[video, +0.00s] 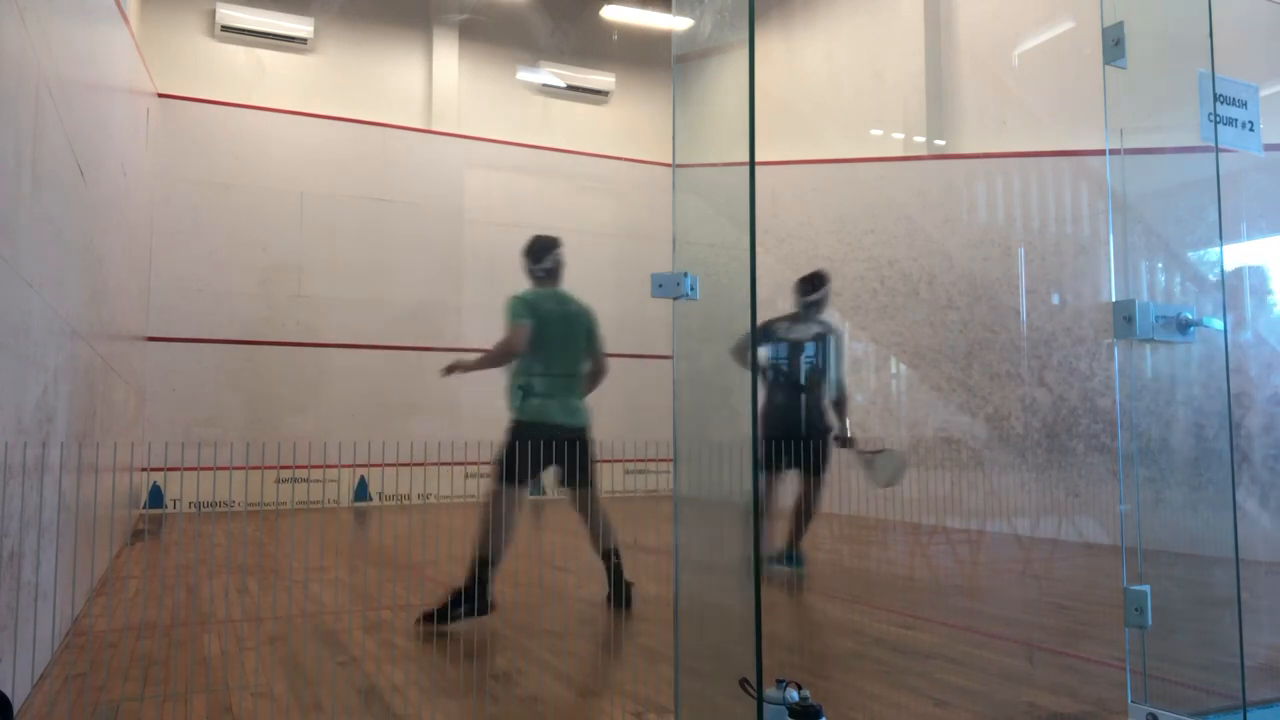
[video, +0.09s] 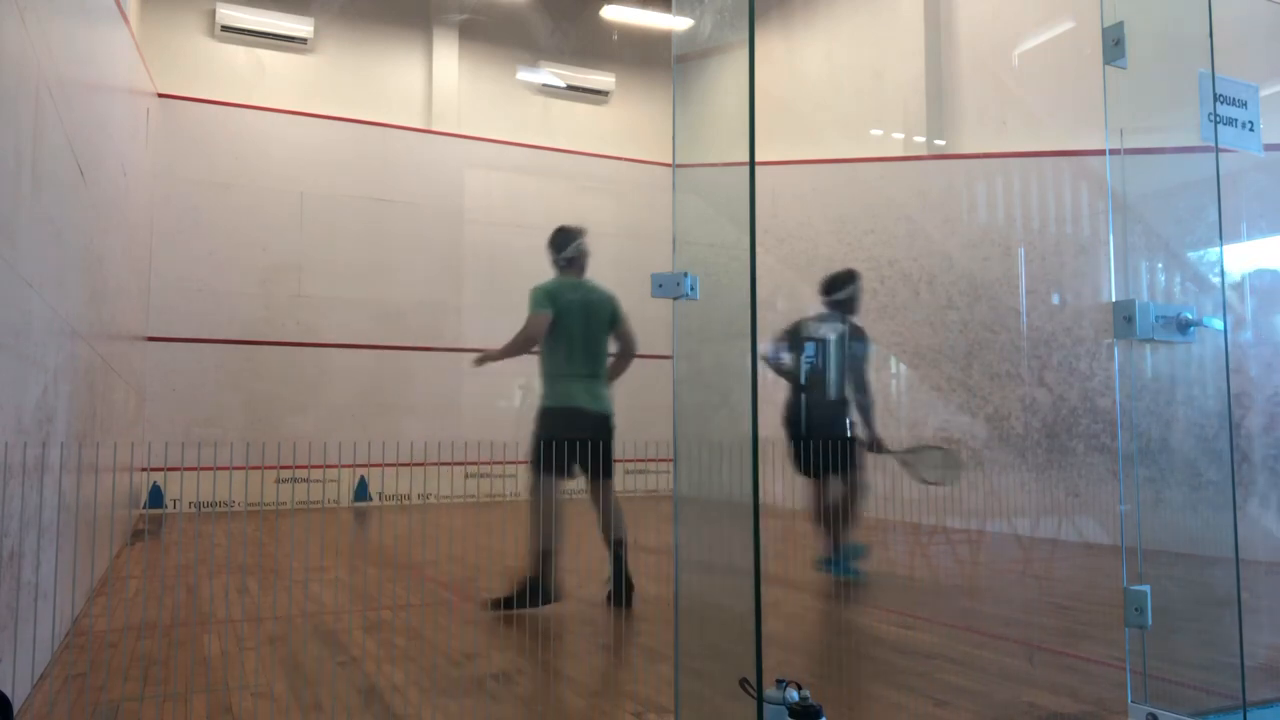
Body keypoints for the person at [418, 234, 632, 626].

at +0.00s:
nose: (544, 270)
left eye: (536, 264)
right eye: (554, 262)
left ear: (528, 268)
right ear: (560, 267)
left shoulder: (524, 302)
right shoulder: (582, 311)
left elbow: (516, 345)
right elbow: (600, 368)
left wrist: (468, 365)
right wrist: (569, 394)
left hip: (532, 427)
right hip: (573, 429)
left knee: (500, 504)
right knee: (589, 502)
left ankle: (475, 590)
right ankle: (619, 584)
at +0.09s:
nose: (573, 261)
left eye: (557, 257)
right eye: (580, 253)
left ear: (554, 258)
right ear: (584, 258)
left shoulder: (547, 292)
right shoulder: (605, 298)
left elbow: (534, 334)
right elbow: (629, 348)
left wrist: (495, 355)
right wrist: (602, 380)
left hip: (558, 414)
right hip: (598, 417)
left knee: (544, 493)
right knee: (604, 492)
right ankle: (622, 579)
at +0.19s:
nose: (593, 255)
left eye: (580, 248)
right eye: (599, 249)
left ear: (572, 250)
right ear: (605, 251)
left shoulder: (559, 282)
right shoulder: (621, 288)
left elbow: (539, 324)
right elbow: (648, 333)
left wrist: (522, 346)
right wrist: (642, 371)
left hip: (579, 399)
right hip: (617, 399)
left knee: (589, 485)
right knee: (612, 478)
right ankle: (639, 546)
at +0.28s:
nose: (615, 265)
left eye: (596, 259)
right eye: (620, 258)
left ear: (591, 261)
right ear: (624, 262)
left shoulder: (574, 292)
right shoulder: (636, 298)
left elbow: (542, 332)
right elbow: (665, 342)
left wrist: (554, 349)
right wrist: (672, 386)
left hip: (592, 406)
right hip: (629, 404)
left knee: (616, 485)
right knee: (630, 477)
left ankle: (650, 556)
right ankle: (657, 545)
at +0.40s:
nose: (641, 283)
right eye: (640, 278)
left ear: (606, 282)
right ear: (637, 281)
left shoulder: (587, 314)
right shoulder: (647, 316)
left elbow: (555, 354)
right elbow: (675, 360)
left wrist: (588, 348)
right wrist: (694, 405)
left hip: (605, 421)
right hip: (641, 420)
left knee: (632, 499)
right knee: (654, 489)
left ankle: (661, 568)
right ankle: (670, 555)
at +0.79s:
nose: (666, 293)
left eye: (665, 287)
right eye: (664, 287)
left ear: (632, 287)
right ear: (656, 287)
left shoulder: (610, 318)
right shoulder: (662, 320)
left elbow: (588, 358)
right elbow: (669, 371)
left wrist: (617, 364)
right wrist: (686, 401)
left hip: (619, 419)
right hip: (656, 419)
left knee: (612, 482)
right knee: (666, 484)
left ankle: (612, 547)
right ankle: (671, 549)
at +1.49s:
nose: (675, 304)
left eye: (672, 298)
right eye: (675, 299)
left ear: (651, 299)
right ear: (674, 300)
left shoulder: (629, 331)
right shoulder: (679, 335)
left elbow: (596, 361)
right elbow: (685, 383)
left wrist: (607, 400)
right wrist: (696, 417)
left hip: (635, 426)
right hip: (672, 427)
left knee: (615, 485)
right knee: (708, 484)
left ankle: (597, 551)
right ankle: (730, 549)